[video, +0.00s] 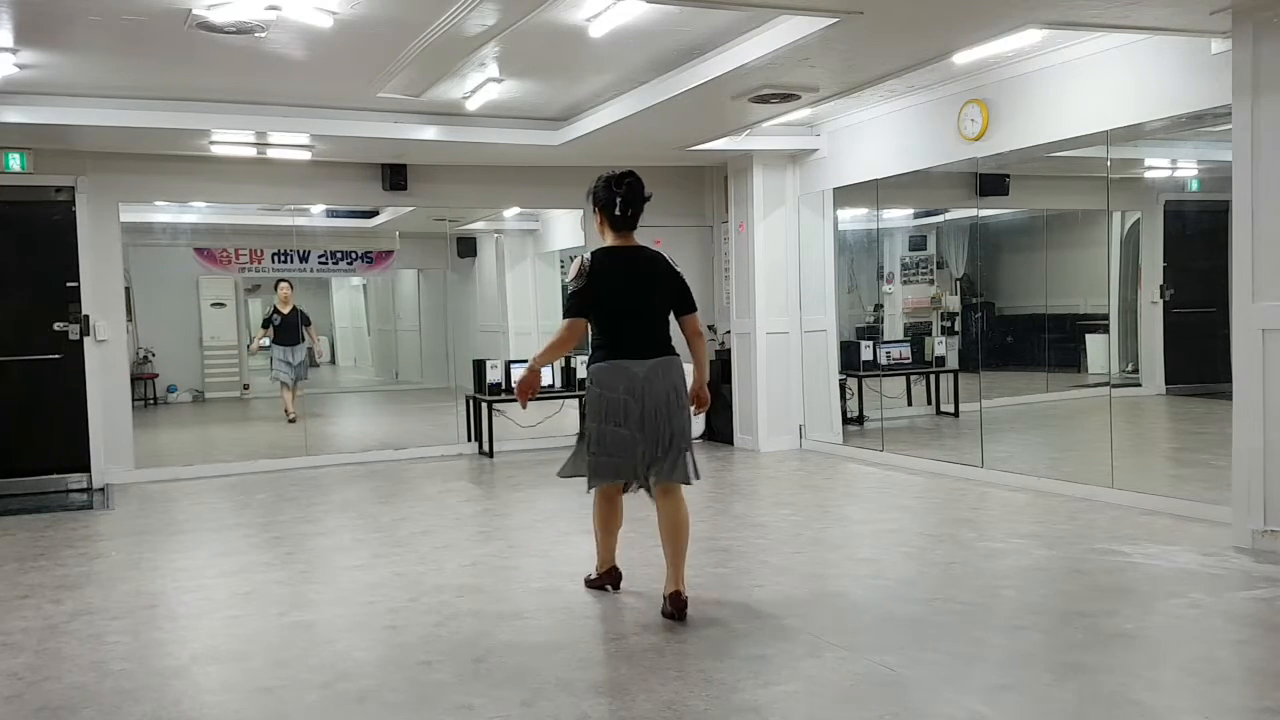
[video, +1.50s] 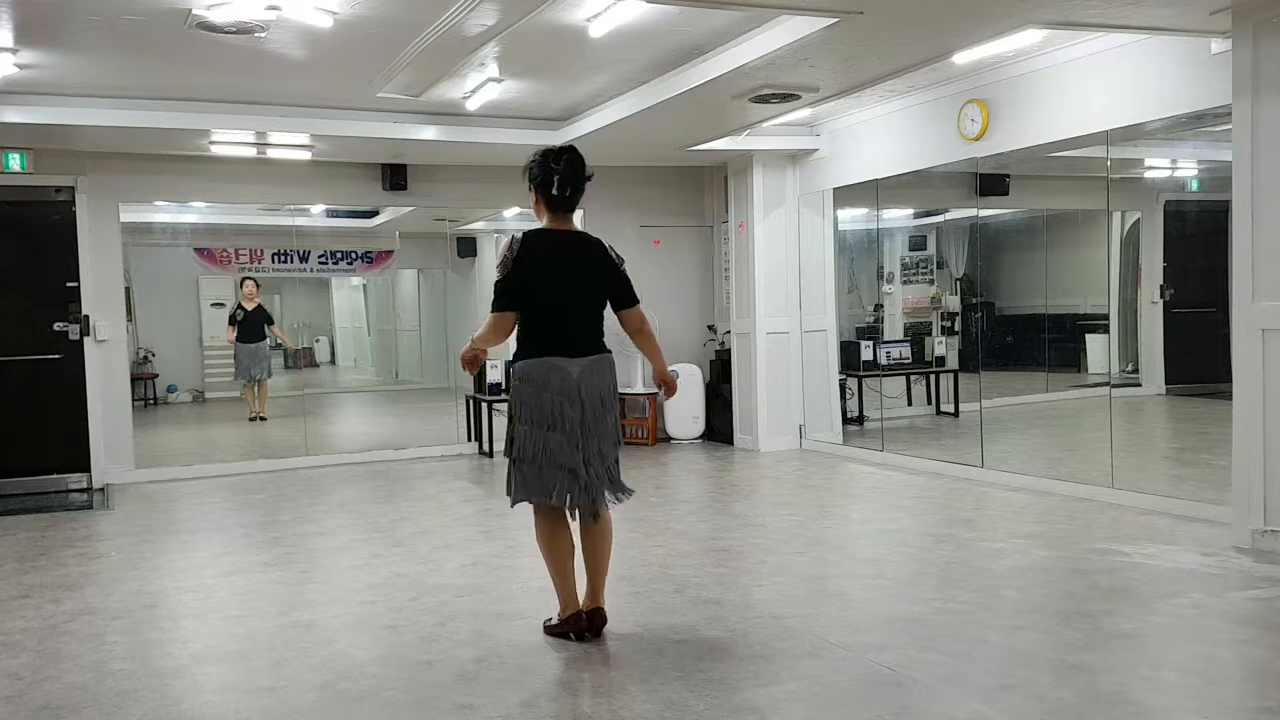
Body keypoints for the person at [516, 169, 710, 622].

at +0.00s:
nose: (592, 219)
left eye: (592, 212)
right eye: (595, 212)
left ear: (599, 215)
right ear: (639, 214)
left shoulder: (591, 266)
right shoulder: (662, 265)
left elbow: (574, 332)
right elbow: (694, 330)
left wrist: (535, 366)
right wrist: (701, 380)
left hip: (610, 379)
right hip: (665, 375)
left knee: (608, 480)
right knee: (668, 482)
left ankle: (607, 568)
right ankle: (676, 590)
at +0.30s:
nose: (607, 210)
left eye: (607, 204)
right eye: (609, 204)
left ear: (613, 207)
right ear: (655, 205)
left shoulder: (607, 258)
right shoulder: (678, 256)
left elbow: (595, 327)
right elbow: (708, 325)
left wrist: (566, 366)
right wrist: (718, 378)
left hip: (625, 372)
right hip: (682, 369)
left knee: (628, 481)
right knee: (682, 483)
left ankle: (642, 583)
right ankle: (679, 593)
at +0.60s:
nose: (605, 206)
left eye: (605, 200)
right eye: (609, 200)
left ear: (610, 203)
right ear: (654, 202)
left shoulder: (602, 255)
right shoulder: (675, 254)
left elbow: (586, 324)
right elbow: (708, 325)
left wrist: (559, 357)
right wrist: (724, 380)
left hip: (622, 375)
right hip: (680, 372)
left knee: (608, 488)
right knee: (683, 484)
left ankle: (609, 602)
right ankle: (680, 595)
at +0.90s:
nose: (575, 202)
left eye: (574, 195)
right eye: (577, 195)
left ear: (580, 198)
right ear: (625, 197)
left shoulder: (569, 251)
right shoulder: (644, 252)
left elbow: (548, 319)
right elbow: (682, 318)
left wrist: (510, 346)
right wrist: (706, 367)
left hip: (585, 377)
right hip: (642, 375)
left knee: (578, 493)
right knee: (657, 485)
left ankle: (575, 611)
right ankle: (677, 593)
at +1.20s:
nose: (546, 200)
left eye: (545, 193)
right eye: (550, 192)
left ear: (549, 197)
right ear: (595, 196)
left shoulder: (535, 250)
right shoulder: (615, 253)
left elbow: (511, 322)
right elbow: (648, 322)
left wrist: (483, 347)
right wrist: (677, 368)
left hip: (553, 377)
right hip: (610, 377)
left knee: (557, 496)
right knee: (601, 490)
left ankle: (573, 612)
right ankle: (608, 601)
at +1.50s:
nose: (530, 197)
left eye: (530, 191)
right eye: (533, 190)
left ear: (535, 195)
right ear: (581, 194)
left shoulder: (522, 250)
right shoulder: (600, 253)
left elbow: (502, 324)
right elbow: (635, 321)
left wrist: (476, 347)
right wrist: (661, 367)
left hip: (539, 377)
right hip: (596, 375)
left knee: (546, 494)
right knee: (593, 490)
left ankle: (570, 610)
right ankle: (595, 604)